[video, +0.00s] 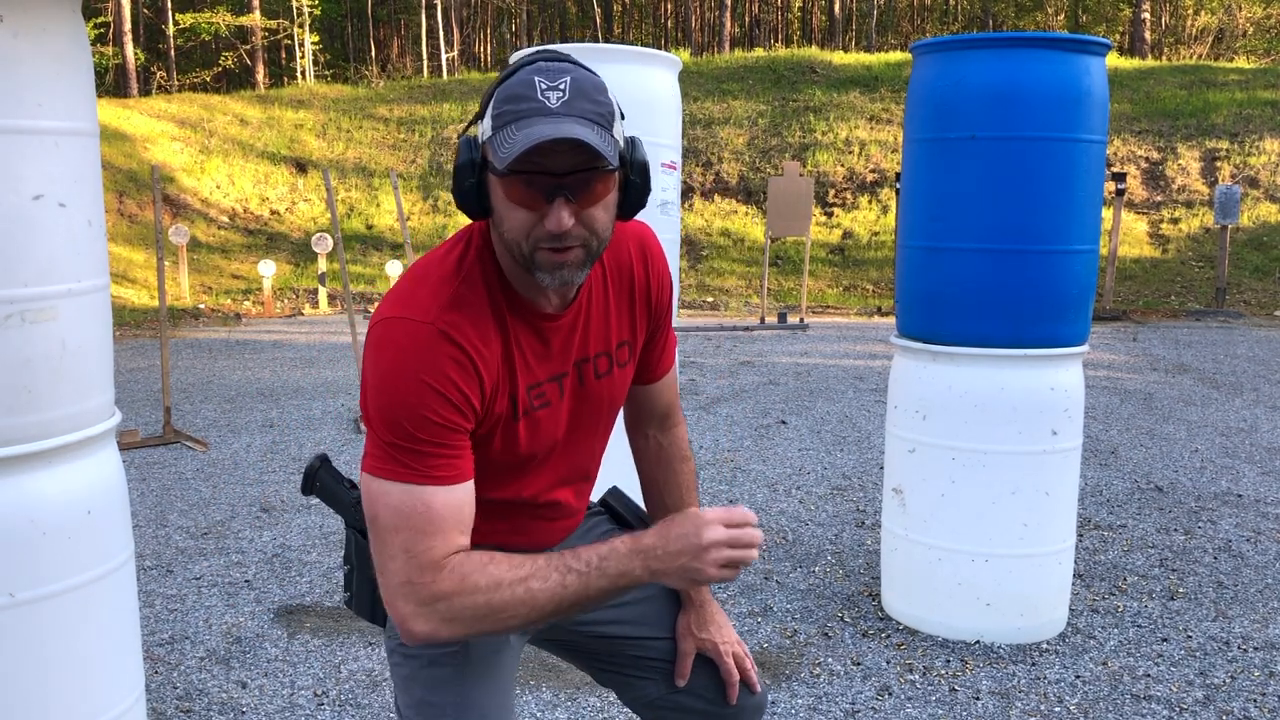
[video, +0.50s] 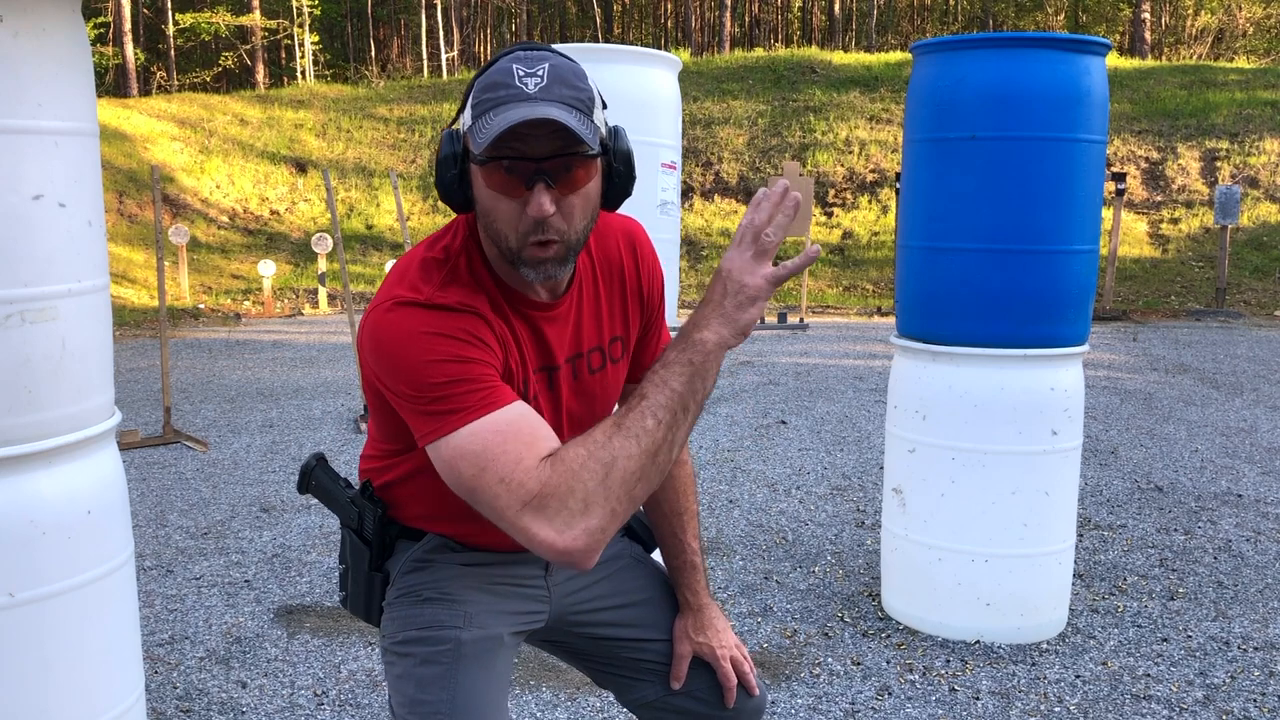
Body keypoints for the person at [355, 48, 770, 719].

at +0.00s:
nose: (560, 216)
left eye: (584, 181)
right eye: (533, 183)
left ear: (620, 181)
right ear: (483, 181)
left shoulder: (635, 260)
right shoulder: (422, 332)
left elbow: (658, 422)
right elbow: (423, 600)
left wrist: (698, 592)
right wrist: (651, 556)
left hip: (569, 538)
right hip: (450, 573)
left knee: (730, 698)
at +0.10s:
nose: (564, 218)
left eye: (589, 182)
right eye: (537, 183)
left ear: (624, 186)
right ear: (488, 183)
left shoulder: (639, 266)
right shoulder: (422, 331)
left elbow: (657, 431)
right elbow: (436, 596)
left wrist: (697, 597)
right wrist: (644, 490)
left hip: (583, 552)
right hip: (455, 579)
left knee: (731, 700)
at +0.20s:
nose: (554, 213)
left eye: (580, 178)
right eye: (526, 179)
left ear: (618, 180)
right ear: (482, 179)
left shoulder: (636, 263)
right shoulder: (419, 328)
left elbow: (662, 431)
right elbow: (487, 582)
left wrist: (699, 600)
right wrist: (641, 399)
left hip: (583, 545)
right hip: (447, 567)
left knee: (730, 700)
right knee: (458, 706)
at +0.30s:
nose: (543, 208)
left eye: (568, 172)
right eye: (513, 175)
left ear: (608, 173)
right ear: (470, 176)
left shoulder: (629, 258)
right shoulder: (417, 321)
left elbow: (661, 432)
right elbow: (533, 554)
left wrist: (699, 600)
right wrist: (657, 350)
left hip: (585, 542)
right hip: (445, 562)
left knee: (731, 700)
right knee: (454, 705)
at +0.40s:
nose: (540, 204)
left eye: (565, 168)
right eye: (509, 170)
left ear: (604, 168)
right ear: (464, 172)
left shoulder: (625, 251)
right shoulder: (415, 318)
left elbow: (659, 434)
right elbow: (557, 530)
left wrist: (697, 598)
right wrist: (691, 328)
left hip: (595, 552)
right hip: (451, 566)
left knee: (732, 698)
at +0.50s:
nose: (542, 207)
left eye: (567, 170)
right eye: (511, 170)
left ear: (605, 172)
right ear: (465, 172)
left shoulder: (624, 250)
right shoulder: (415, 317)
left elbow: (657, 436)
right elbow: (562, 523)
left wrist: (694, 594)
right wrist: (711, 329)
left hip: (592, 557)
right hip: (449, 565)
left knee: (729, 703)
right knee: (458, 705)